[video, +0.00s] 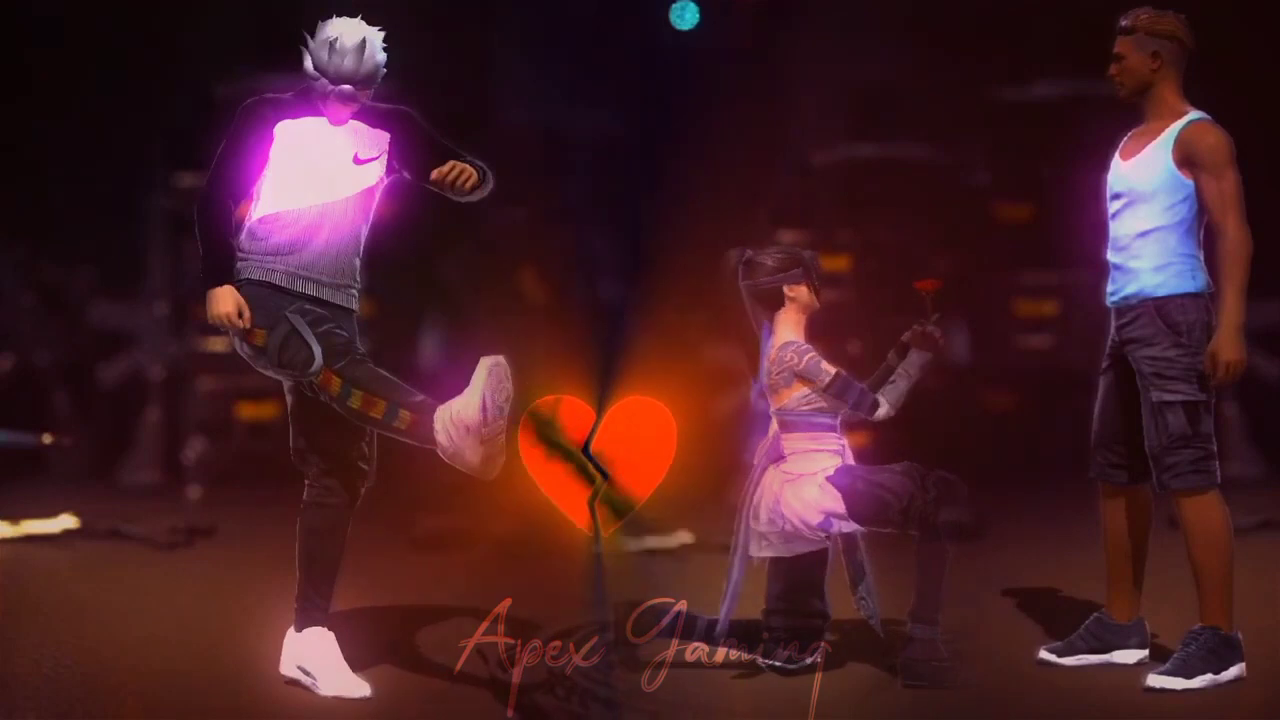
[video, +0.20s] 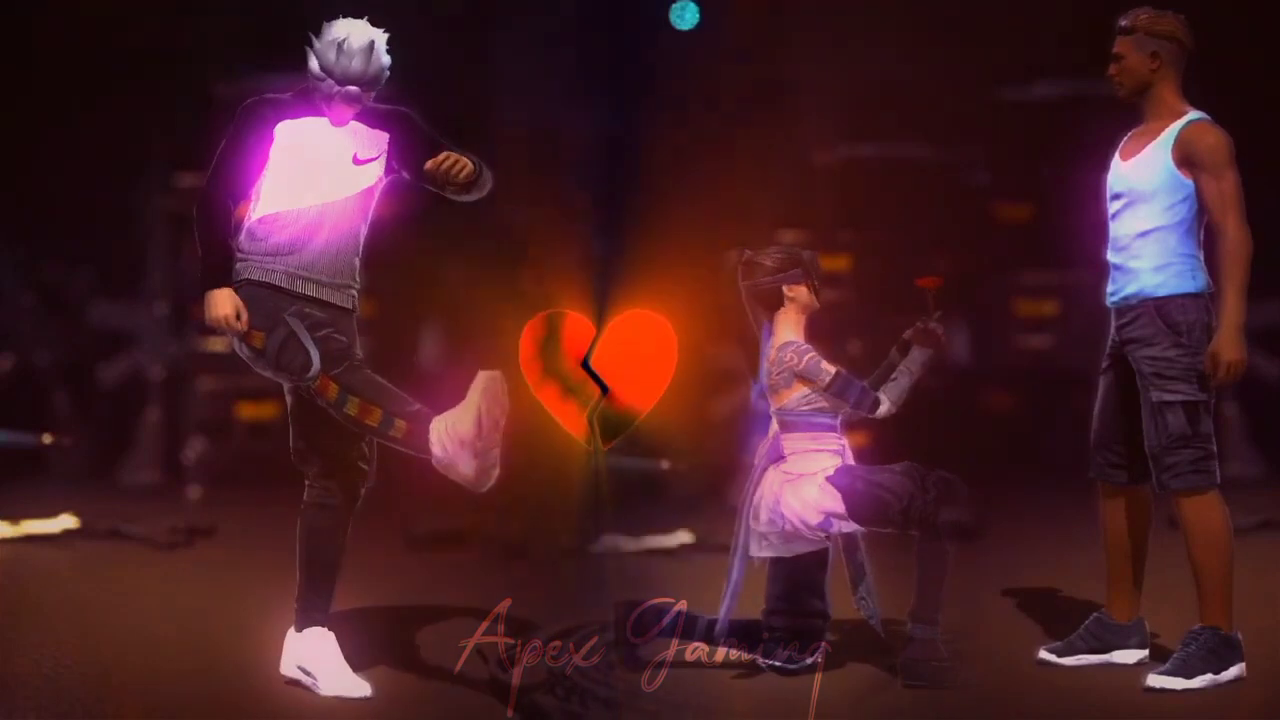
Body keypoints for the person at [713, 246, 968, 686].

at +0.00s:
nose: (815, 288)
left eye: (811, 280)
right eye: (808, 281)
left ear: (786, 293)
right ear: (788, 291)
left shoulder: (784, 350)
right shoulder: (794, 352)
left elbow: (862, 399)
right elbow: (879, 407)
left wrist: (902, 351)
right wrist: (920, 355)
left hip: (795, 480)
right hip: (810, 485)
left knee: (796, 637)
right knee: (942, 496)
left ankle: (678, 624)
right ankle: (924, 646)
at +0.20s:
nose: (814, 290)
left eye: (811, 281)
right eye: (806, 282)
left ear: (787, 292)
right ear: (786, 291)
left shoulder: (782, 349)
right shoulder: (793, 353)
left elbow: (861, 397)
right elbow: (881, 405)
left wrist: (901, 350)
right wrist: (921, 352)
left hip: (792, 483)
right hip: (808, 487)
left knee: (794, 641)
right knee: (942, 497)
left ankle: (672, 624)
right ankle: (924, 647)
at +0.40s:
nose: (814, 290)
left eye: (811, 281)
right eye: (806, 282)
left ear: (786, 292)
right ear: (786, 290)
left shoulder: (782, 350)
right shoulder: (792, 352)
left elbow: (868, 390)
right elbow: (887, 394)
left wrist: (907, 345)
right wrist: (930, 342)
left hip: (794, 482)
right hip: (809, 486)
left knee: (795, 642)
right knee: (942, 496)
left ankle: (674, 624)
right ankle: (924, 647)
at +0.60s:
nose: (814, 291)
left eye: (811, 282)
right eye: (806, 283)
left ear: (786, 292)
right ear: (785, 290)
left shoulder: (785, 352)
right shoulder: (791, 354)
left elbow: (877, 379)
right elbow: (888, 384)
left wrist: (920, 335)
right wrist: (934, 333)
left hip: (798, 483)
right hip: (809, 486)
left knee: (797, 640)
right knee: (941, 497)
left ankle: (676, 625)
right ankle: (923, 648)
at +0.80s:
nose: (814, 291)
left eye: (811, 282)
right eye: (806, 283)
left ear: (786, 292)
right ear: (785, 291)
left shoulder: (785, 350)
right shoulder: (790, 353)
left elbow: (875, 375)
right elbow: (886, 381)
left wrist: (922, 329)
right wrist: (935, 329)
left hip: (801, 480)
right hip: (810, 486)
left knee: (797, 636)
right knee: (940, 497)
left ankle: (676, 624)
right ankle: (923, 648)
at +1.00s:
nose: (813, 290)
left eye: (810, 281)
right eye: (805, 282)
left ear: (785, 292)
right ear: (784, 291)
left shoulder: (788, 349)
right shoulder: (789, 353)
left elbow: (876, 370)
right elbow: (887, 373)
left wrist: (922, 325)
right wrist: (935, 325)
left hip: (802, 479)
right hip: (808, 485)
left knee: (797, 638)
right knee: (940, 496)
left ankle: (680, 623)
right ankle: (923, 646)